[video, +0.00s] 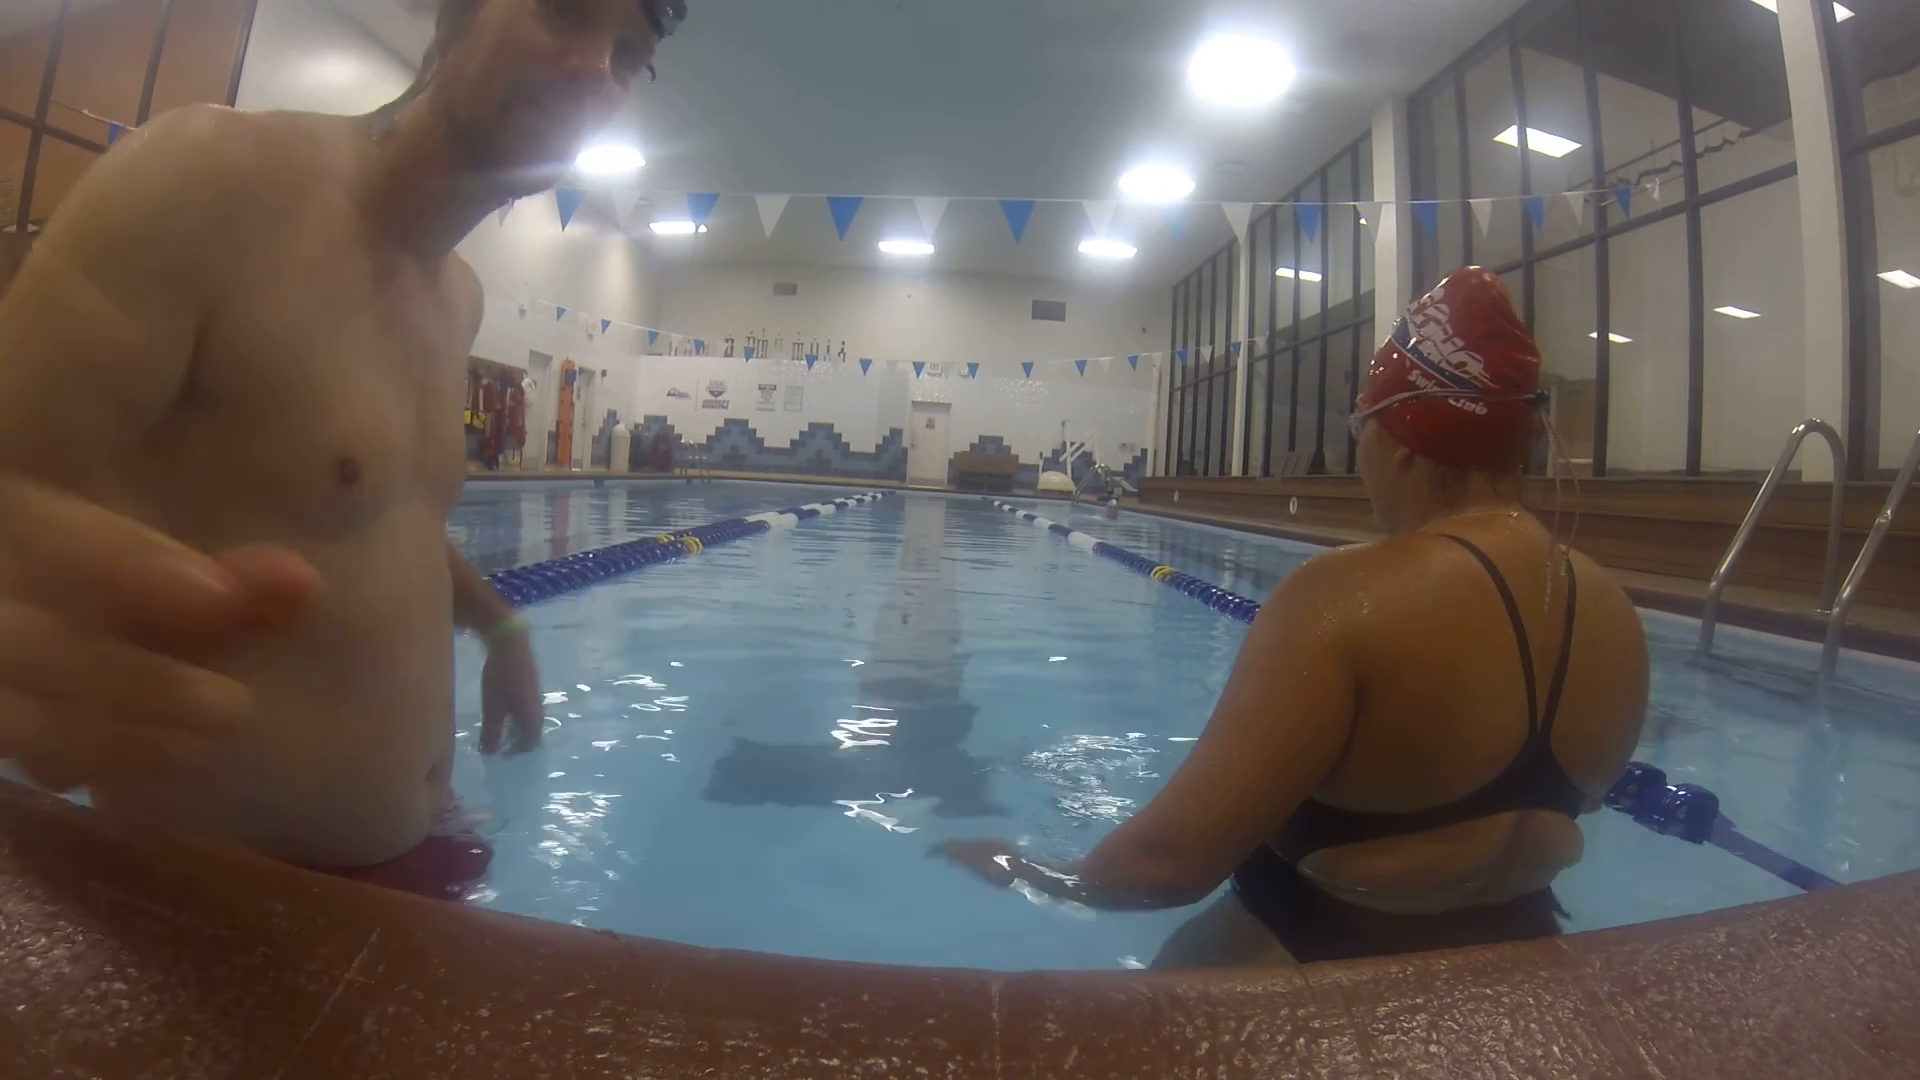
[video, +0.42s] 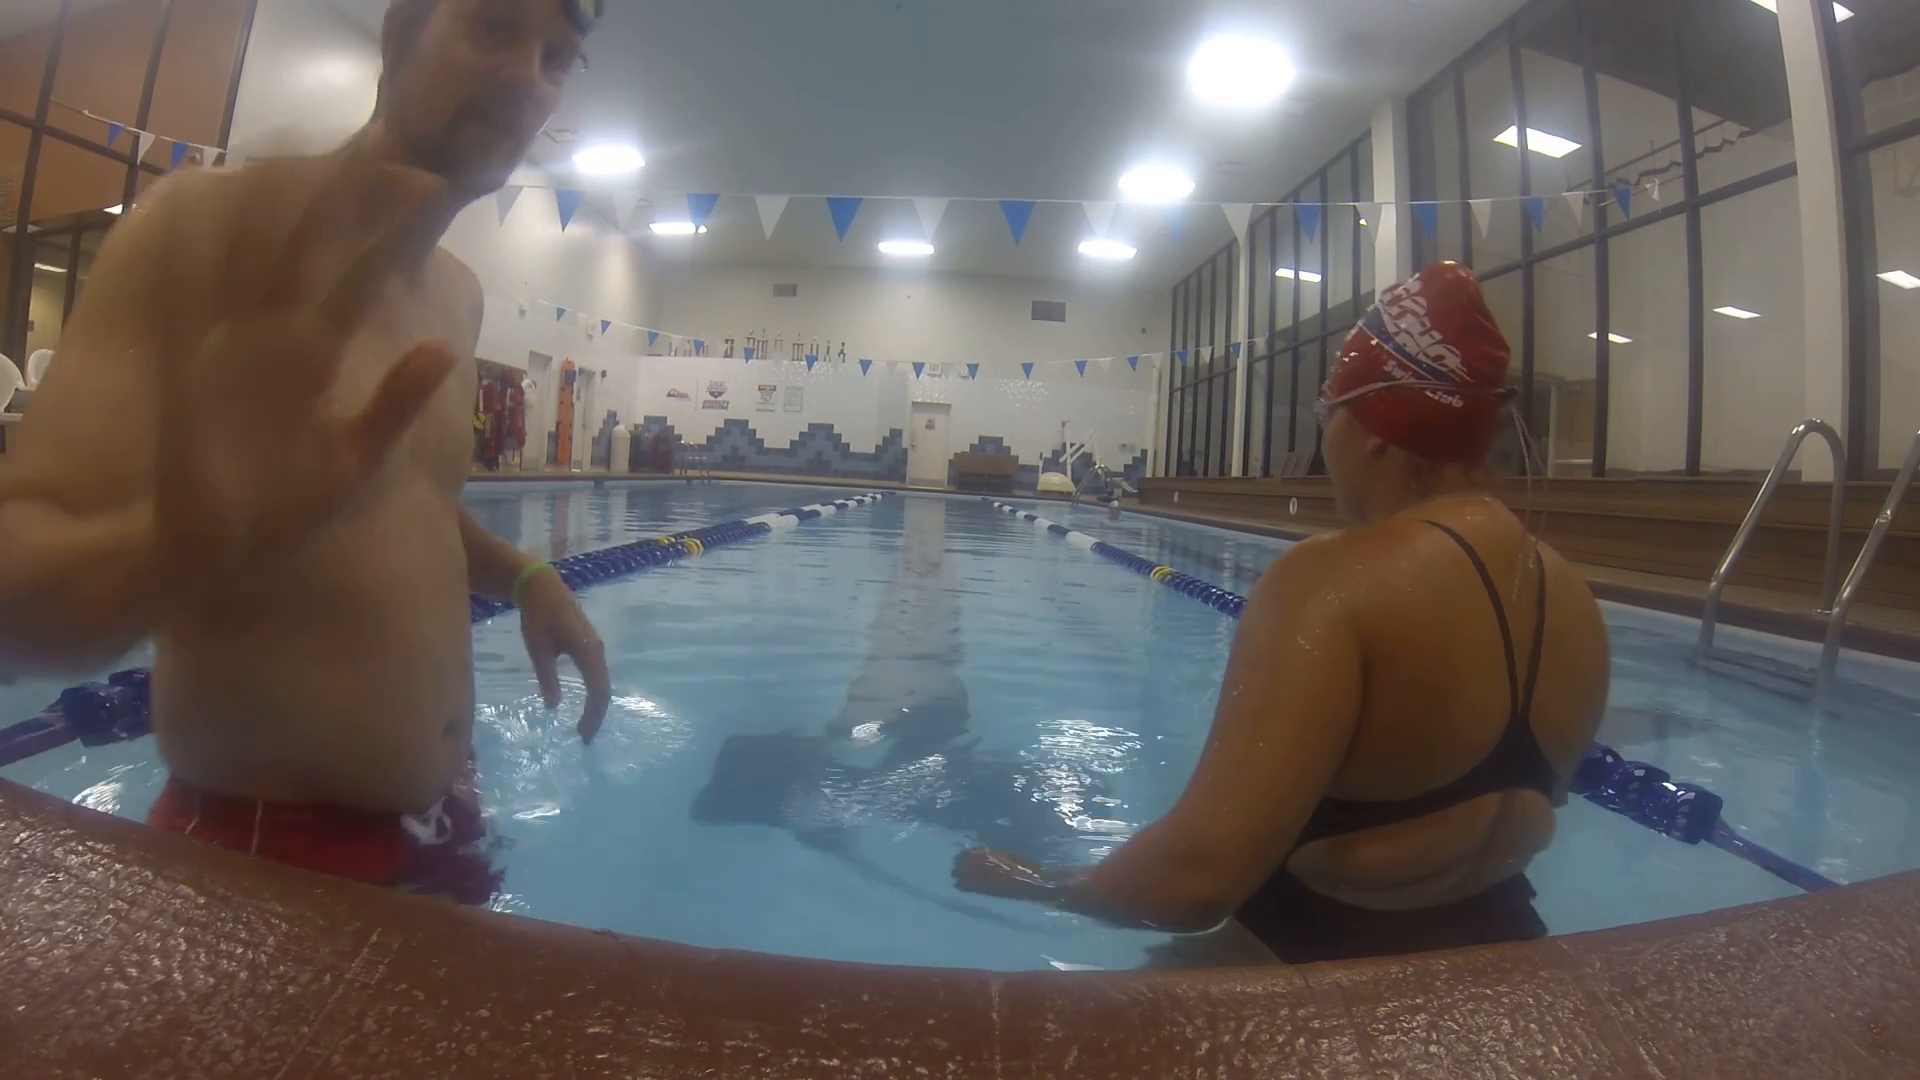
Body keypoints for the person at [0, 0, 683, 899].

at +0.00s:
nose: (593, 70)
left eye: (628, 56)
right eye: (564, 13)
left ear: (631, 97)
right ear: (451, 14)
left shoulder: (457, 294)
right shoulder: (204, 177)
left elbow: (379, 516)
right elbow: (25, 485)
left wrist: (496, 620)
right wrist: (58, 607)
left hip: (407, 875)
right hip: (194, 897)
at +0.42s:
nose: (527, 80)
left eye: (557, 58)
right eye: (494, 28)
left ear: (564, 93)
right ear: (396, 30)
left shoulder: (454, 295)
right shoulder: (200, 226)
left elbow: (413, 505)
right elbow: (18, 588)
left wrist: (527, 579)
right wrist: (181, 546)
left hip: (438, 837)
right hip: (251, 848)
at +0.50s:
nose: (523, 97)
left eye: (550, 78)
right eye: (490, 50)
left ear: (556, 114)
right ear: (398, 61)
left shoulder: (459, 305)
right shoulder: (215, 244)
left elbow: (418, 511)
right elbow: (16, 582)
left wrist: (522, 586)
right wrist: (198, 495)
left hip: (441, 826)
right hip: (267, 839)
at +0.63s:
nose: (514, 137)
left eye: (541, 112)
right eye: (480, 94)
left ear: (552, 143)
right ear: (401, 104)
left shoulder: (475, 336)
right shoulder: (239, 292)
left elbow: (433, 522)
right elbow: (53, 613)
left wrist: (526, 608)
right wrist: (220, 468)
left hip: (454, 821)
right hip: (289, 833)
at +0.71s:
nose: (510, 165)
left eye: (535, 141)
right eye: (479, 126)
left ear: (548, 170)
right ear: (407, 135)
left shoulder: (483, 353)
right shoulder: (265, 325)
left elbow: (451, 532)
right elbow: (95, 615)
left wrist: (529, 622)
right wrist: (242, 502)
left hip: (453, 811)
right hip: (306, 824)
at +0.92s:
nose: (533, 196)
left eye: (559, 181)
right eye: (505, 162)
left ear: (567, 213)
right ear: (438, 173)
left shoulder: (510, 377)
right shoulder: (296, 327)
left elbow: (508, 536)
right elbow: (168, 584)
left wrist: (545, 621)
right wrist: (292, 556)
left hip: (474, 783)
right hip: (337, 783)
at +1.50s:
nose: (649, 336)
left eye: (667, 321)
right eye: (632, 299)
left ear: (674, 332)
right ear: (566, 279)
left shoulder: (570, 446)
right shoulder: (401, 339)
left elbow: (521, 590)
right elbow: (233, 510)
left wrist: (540, 623)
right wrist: (395, 494)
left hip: (459, 746)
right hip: (312, 742)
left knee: (476, 839)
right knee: (341, 939)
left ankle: (450, 902)